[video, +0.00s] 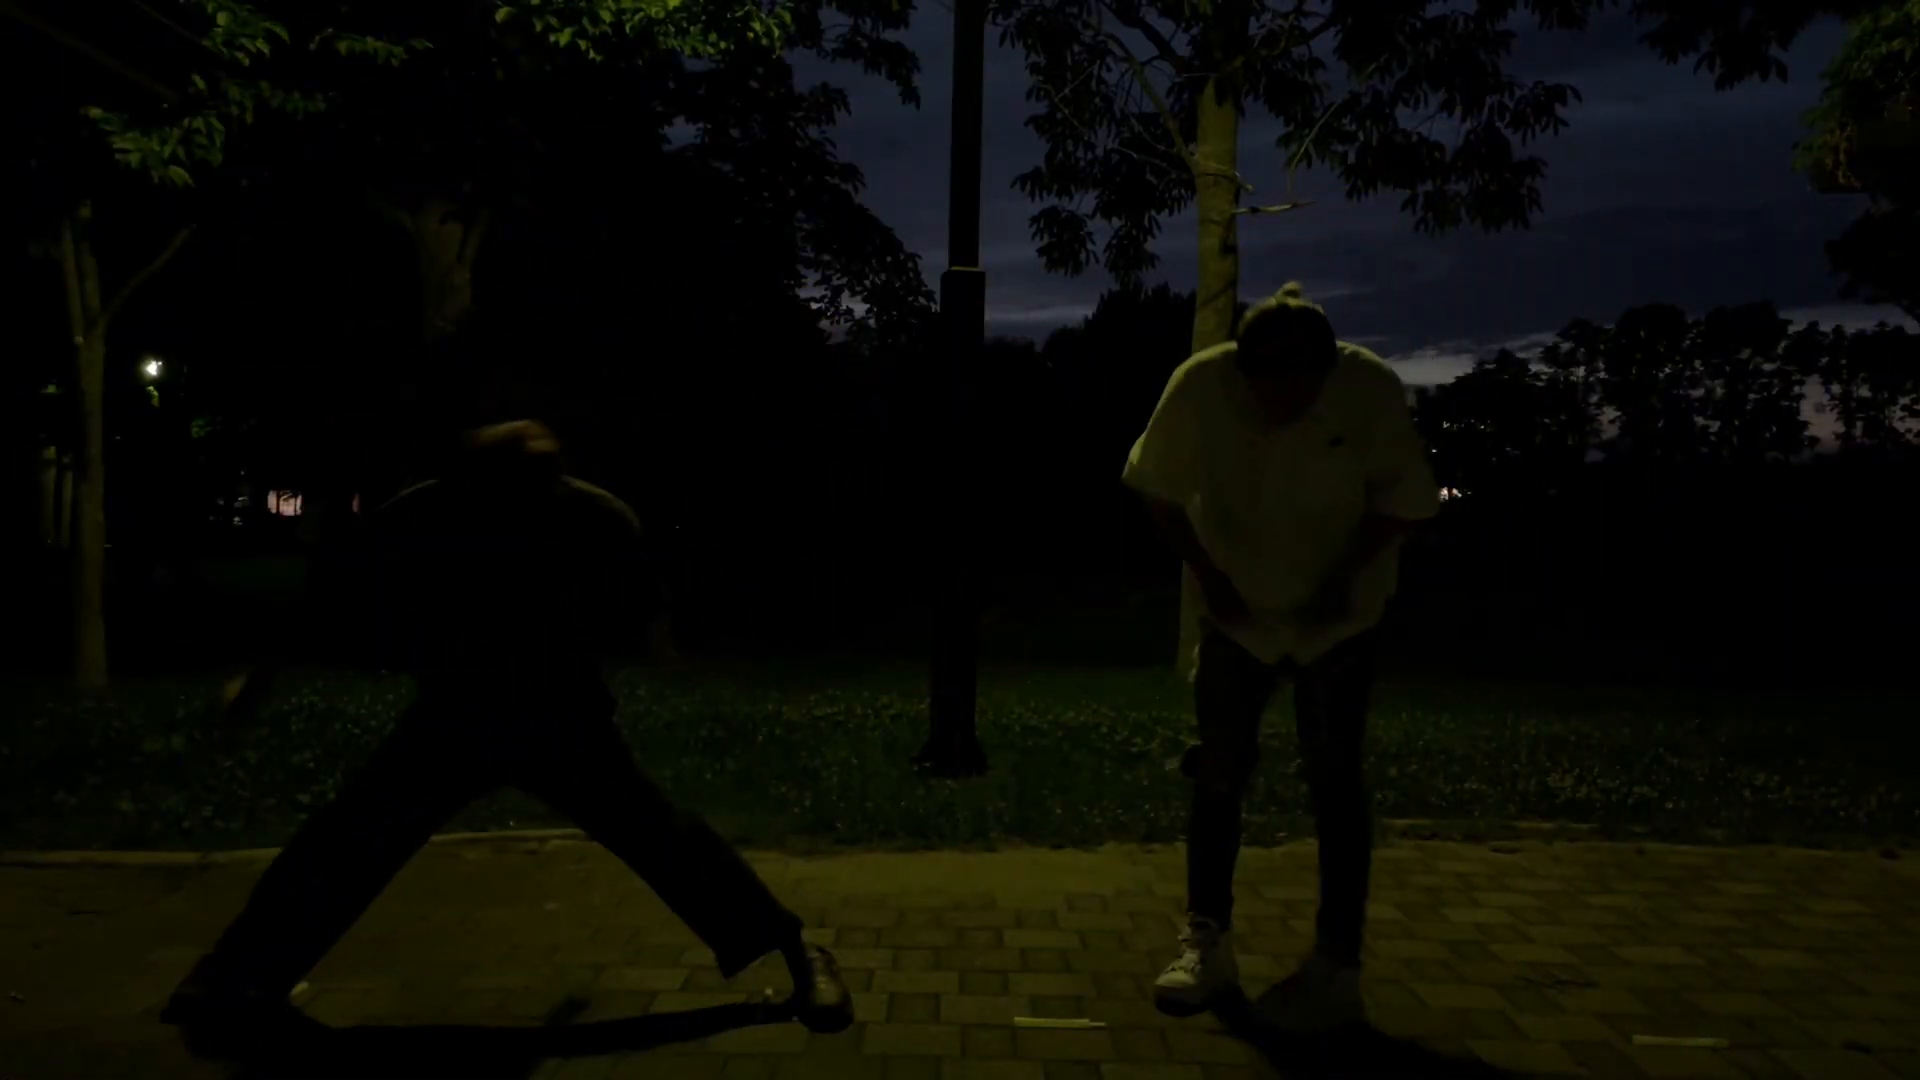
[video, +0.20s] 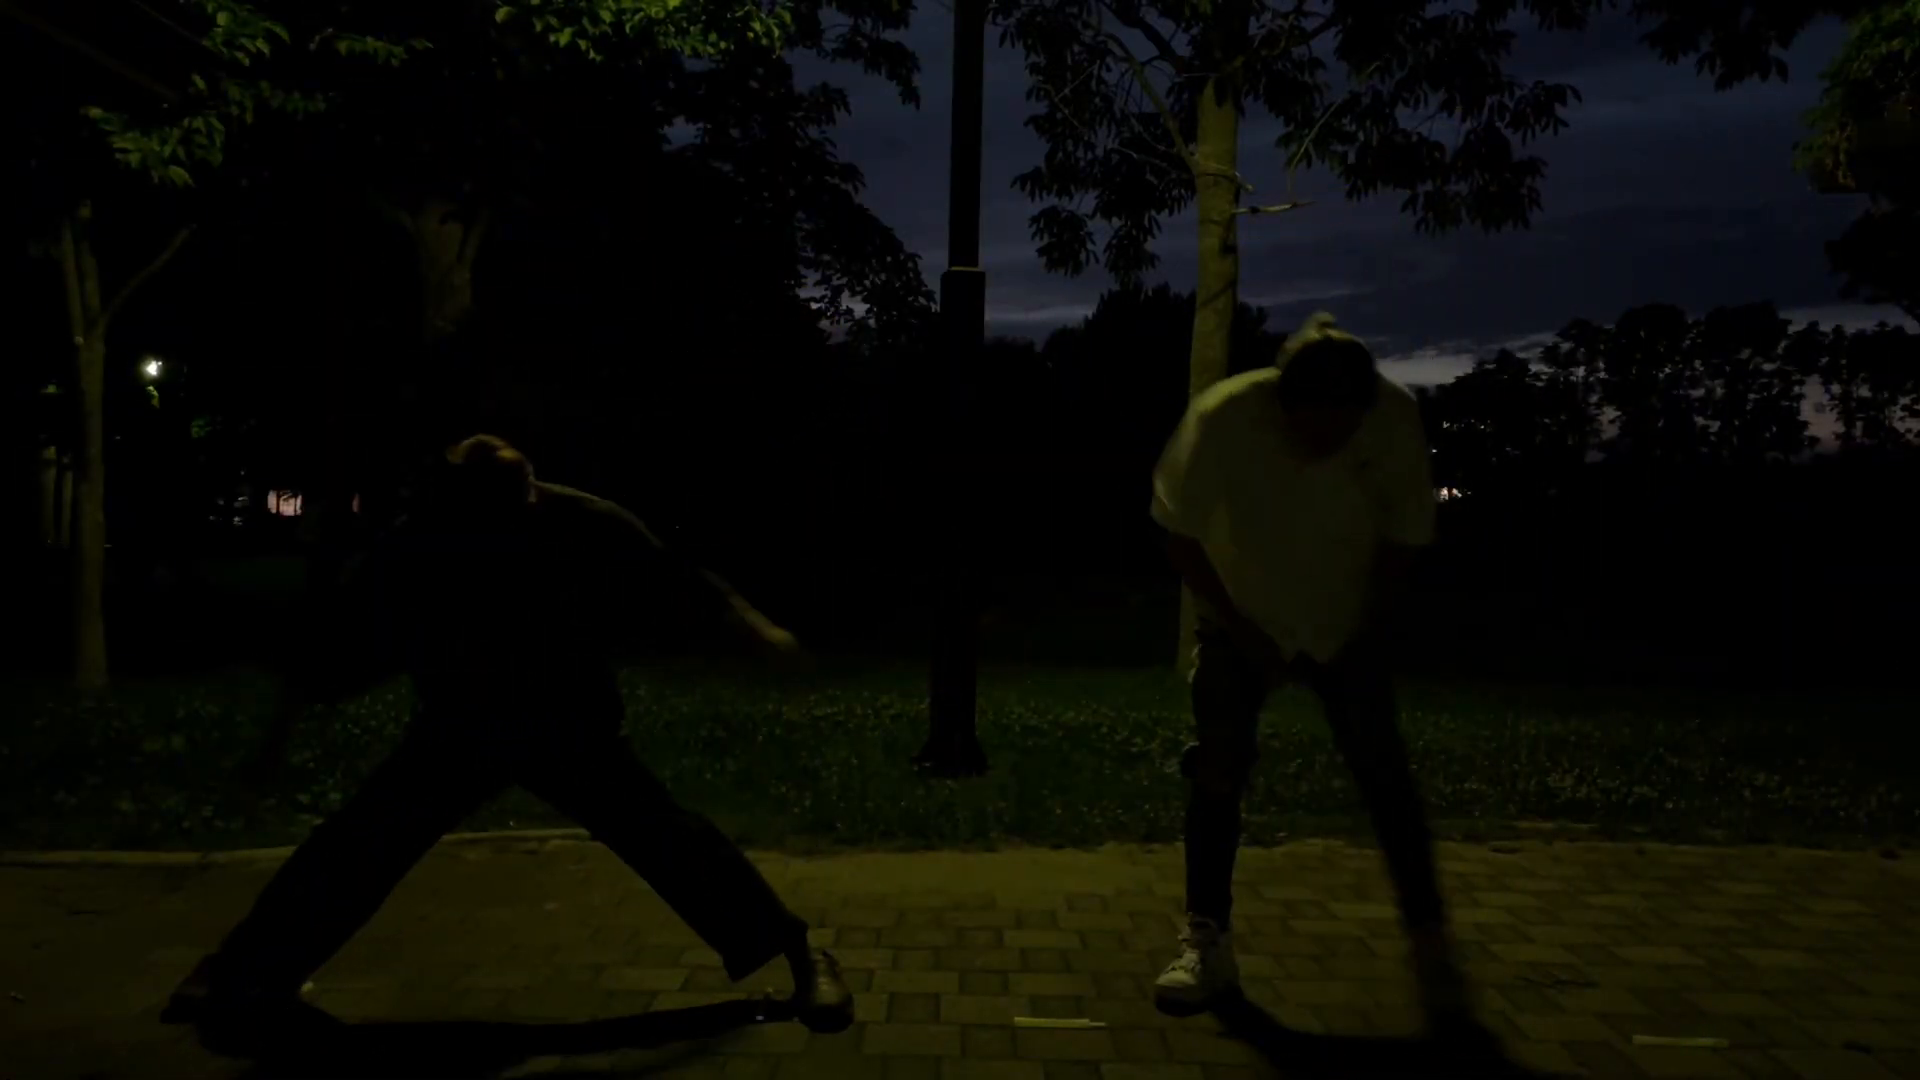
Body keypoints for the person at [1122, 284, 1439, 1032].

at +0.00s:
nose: (1278, 407)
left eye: (1294, 391)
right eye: (1267, 389)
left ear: (1323, 368)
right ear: (1244, 366)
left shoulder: (1371, 389)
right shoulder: (1200, 384)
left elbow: (1407, 501)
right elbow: (1157, 492)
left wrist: (1340, 581)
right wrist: (1213, 582)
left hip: (1339, 616)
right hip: (1234, 615)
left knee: (1338, 782)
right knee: (1217, 771)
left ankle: (1337, 965)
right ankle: (1205, 944)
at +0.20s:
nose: (1328, 440)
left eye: (1341, 423)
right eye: (1317, 423)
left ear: (1361, 401)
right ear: (1286, 400)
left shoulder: (1393, 422)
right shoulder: (1217, 420)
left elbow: (1407, 540)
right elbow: (1176, 532)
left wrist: (1371, 633)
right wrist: (1236, 627)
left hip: (1346, 627)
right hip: (1239, 624)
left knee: (1387, 777)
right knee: (1215, 775)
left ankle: (1431, 946)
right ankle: (1203, 943)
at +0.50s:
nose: (1448, 552)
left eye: (1462, 539)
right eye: (1441, 536)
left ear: (1480, 514)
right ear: (1408, 507)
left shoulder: (1490, 517)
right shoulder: (1334, 502)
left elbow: (1505, 639)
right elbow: (1281, 638)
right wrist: (1334, 785)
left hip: (1414, 632)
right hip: (1299, 624)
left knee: (1473, 789)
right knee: (1231, 760)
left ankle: (1511, 964)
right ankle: (1200, 942)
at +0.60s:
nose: (1465, 601)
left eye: (1478, 591)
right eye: (1459, 587)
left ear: (1502, 564)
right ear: (1434, 549)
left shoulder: (1518, 558)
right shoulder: (1357, 541)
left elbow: (1528, 684)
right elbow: (1326, 714)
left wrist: (1530, 782)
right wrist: (1356, 841)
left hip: (1416, 640)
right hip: (1310, 622)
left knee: (1484, 783)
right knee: (1238, 751)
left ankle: (1511, 962)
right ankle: (1182, 931)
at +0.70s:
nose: (1496, 687)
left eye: (1506, 677)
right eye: (1487, 674)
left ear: (1526, 634)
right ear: (1458, 630)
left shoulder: (1532, 615)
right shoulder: (1384, 612)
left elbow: (1554, 741)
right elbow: (1348, 783)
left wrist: (1573, 847)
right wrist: (1375, 917)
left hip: (1421, 651)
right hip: (1308, 627)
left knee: (1496, 792)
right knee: (1241, 773)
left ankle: (1512, 963)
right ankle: (1165, 945)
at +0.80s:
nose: (1495, 735)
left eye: (1512, 722)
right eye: (1491, 721)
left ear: (1535, 684)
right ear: (1464, 676)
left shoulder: (1538, 658)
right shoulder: (1385, 664)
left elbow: (1562, 782)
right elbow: (1353, 828)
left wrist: (1594, 891)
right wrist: (1379, 966)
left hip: (1425, 607)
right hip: (1309, 616)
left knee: (1502, 797)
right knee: (1239, 771)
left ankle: (1512, 965)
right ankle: (1164, 949)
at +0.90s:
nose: (1504, 768)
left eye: (1520, 759)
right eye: (1495, 755)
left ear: (1544, 721)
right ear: (1468, 716)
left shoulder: (1542, 687)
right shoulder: (1387, 687)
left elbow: (1570, 807)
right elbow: (1350, 850)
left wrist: (1606, 916)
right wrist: (1375, 986)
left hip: (1421, 604)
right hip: (1311, 615)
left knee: (1505, 797)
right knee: (1242, 776)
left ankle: (1513, 968)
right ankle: (1165, 950)